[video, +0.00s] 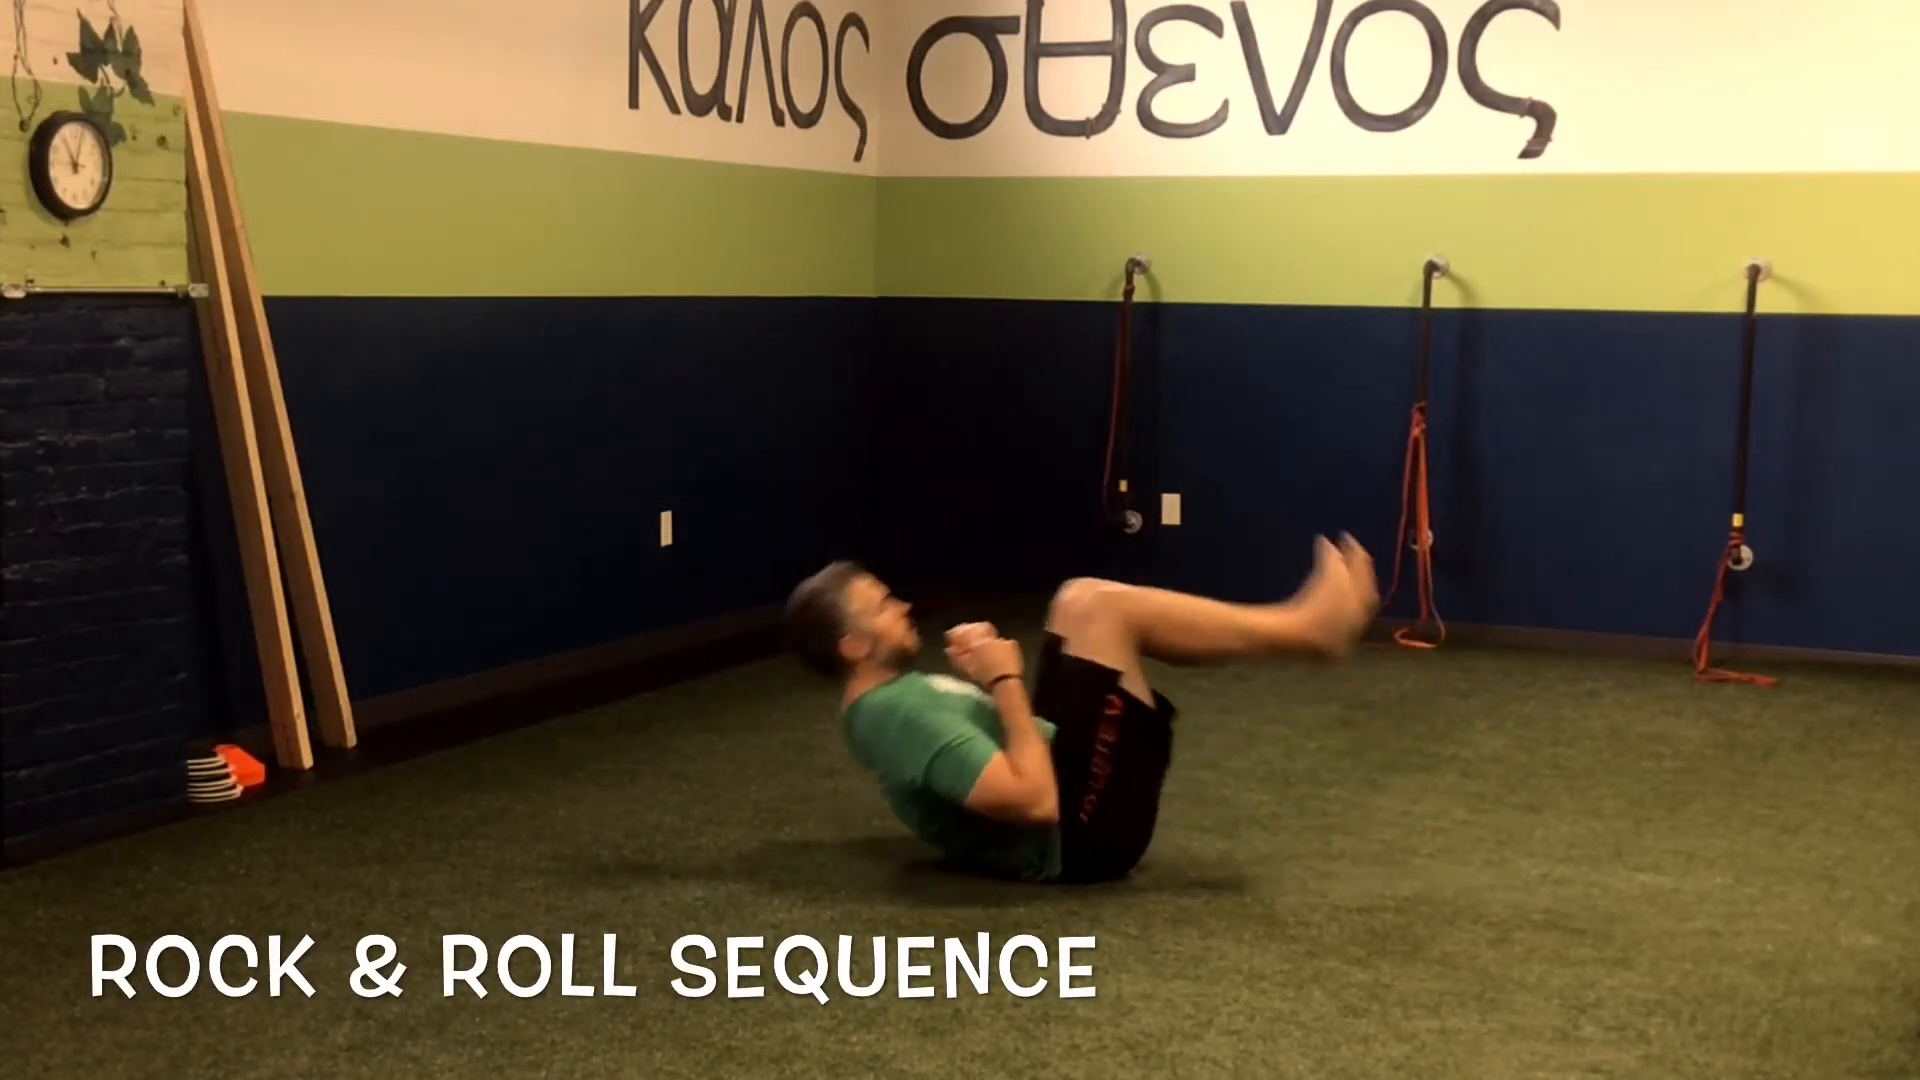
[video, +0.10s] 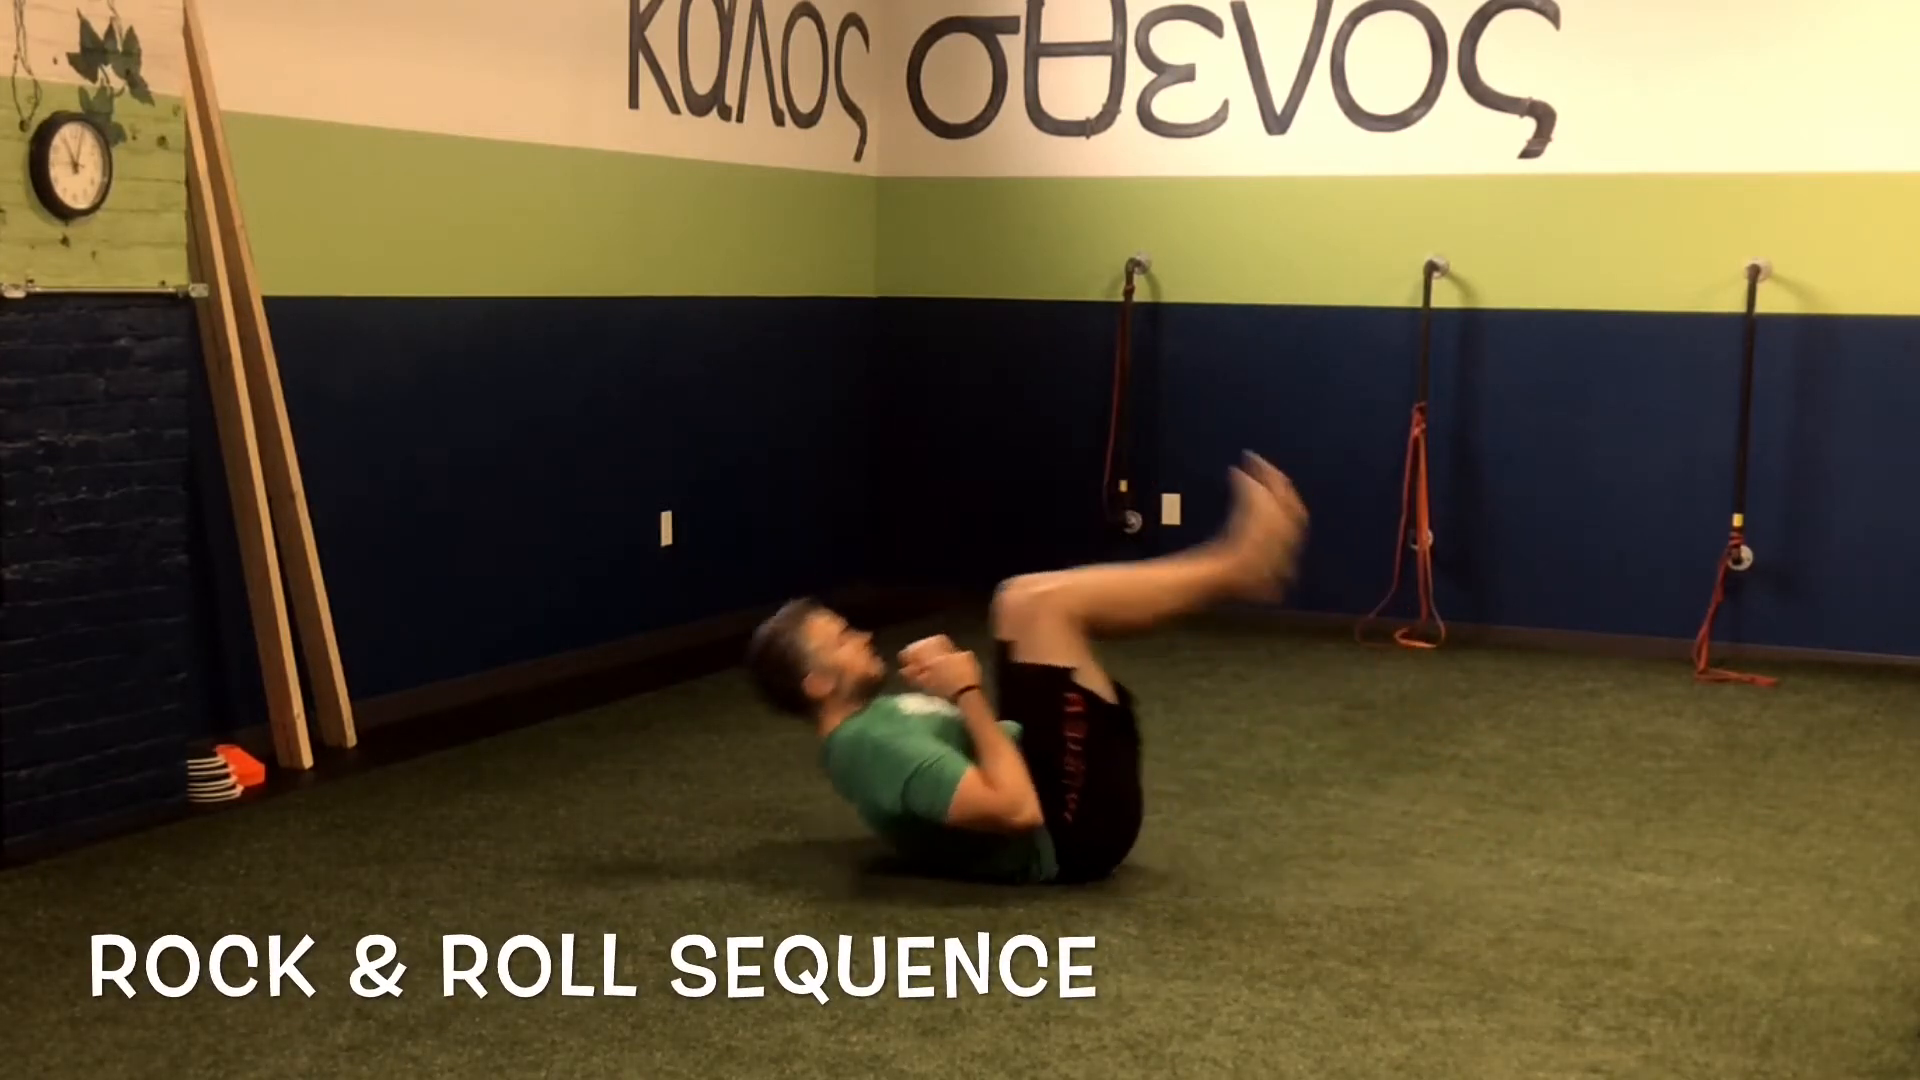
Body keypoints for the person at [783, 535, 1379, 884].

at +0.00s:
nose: (902, 609)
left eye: (889, 599)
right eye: (882, 607)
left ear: (859, 643)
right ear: (852, 646)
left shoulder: (890, 698)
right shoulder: (900, 713)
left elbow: (1013, 770)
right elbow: (1035, 799)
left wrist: (996, 673)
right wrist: (1007, 681)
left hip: (1059, 825)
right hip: (1080, 844)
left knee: (1083, 601)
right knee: (1095, 604)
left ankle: (1294, 625)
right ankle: (1308, 626)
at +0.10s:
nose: (861, 639)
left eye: (848, 631)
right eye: (840, 641)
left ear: (828, 679)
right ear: (815, 685)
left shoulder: (876, 717)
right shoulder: (870, 745)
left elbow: (994, 777)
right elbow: (1017, 807)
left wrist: (960, 682)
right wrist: (968, 697)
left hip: (1059, 816)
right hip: (1077, 837)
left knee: (1022, 597)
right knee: (1039, 603)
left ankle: (1228, 563)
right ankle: (1238, 566)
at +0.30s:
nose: (783, 702)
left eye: (766, 698)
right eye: (761, 710)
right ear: (752, 764)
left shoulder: (816, 779)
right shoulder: (820, 809)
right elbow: (969, 809)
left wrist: (872, 715)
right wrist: (874, 728)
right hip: (1044, 795)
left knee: (901, 616)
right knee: (900, 622)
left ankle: (1029, 450)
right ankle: (1027, 451)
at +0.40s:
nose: (748, 725)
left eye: (729, 728)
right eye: (728, 738)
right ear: (730, 792)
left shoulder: (801, 793)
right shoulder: (802, 822)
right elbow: (945, 801)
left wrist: (837, 726)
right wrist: (840, 735)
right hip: (1022, 773)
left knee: (861, 629)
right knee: (845, 630)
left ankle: (925, 430)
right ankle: (921, 432)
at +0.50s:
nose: (724, 743)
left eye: (705, 745)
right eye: (706, 755)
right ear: (716, 807)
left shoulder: (785, 803)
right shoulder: (792, 830)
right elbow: (925, 793)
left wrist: (799, 742)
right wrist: (814, 740)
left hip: (1005, 736)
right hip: (1001, 749)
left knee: (827, 635)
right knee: (801, 641)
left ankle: (840, 428)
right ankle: (835, 428)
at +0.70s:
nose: (703, 761)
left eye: (686, 765)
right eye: (690, 779)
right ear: (705, 830)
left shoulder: (761, 813)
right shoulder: (783, 830)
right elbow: (901, 774)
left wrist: (757, 758)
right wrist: (777, 745)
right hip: (966, 709)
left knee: (760, 640)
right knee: (742, 665)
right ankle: (722, 440)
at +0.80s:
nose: (702, 765)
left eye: (684, 771)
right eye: (688, 782)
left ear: (708, 825)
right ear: (705, 828)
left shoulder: (763, 809)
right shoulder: (781, 835)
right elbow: (898, 767)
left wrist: (752, 737)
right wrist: (773, 750)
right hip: (957, 697)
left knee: (745, 644)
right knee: (725, 669)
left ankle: (692, 451)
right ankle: (689, 449)